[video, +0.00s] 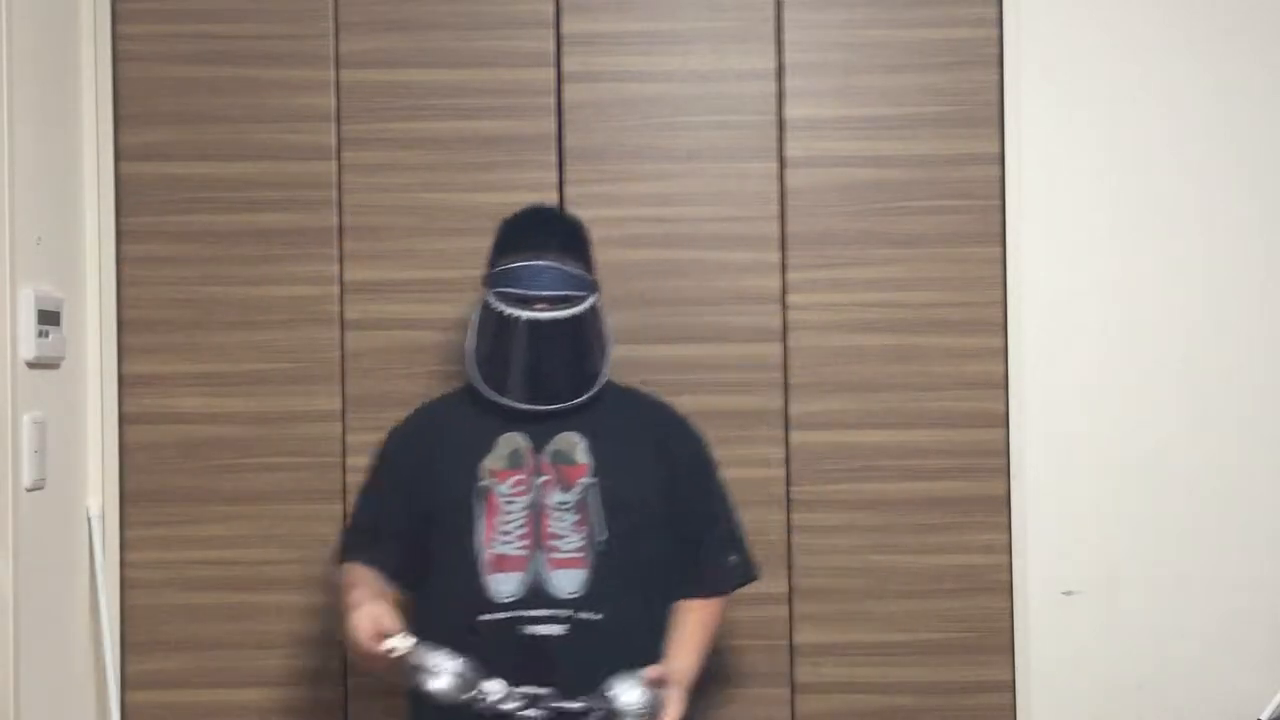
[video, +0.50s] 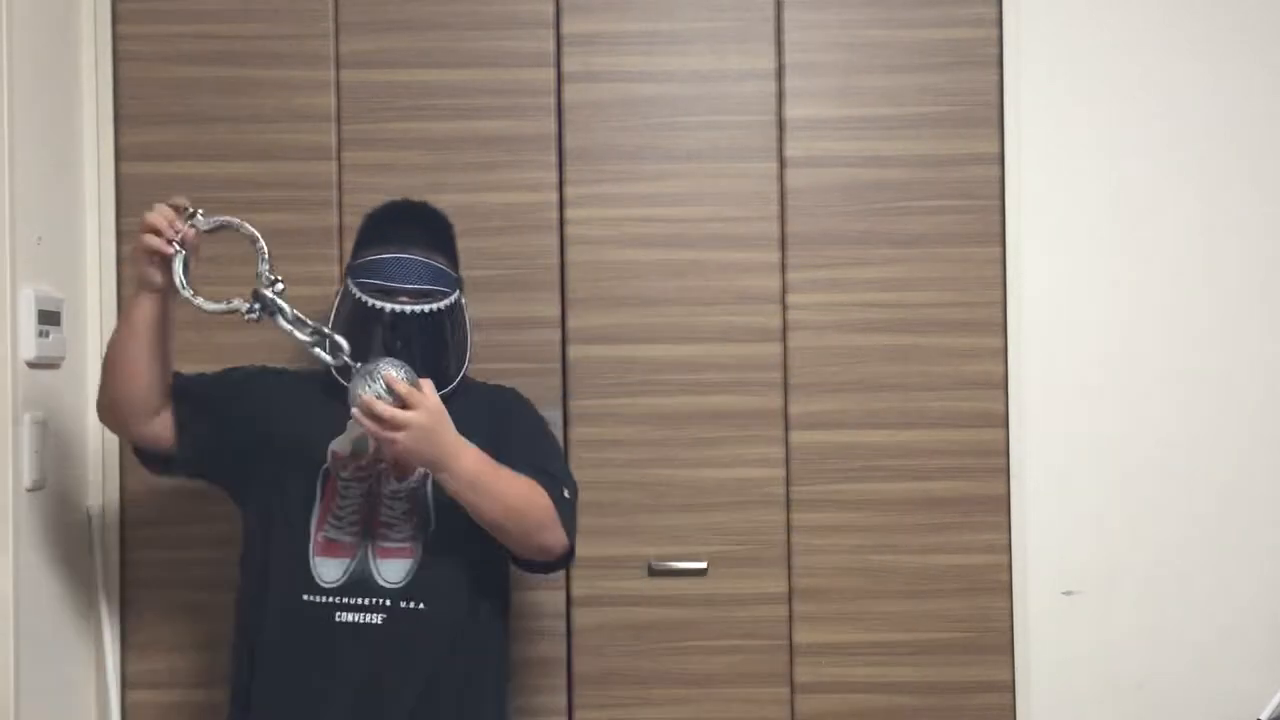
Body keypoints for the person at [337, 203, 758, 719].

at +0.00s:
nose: (539, 338)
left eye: (560, 319)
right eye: (520, 319)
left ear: (592, 316)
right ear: (488, 315)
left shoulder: (658, 439)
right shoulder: (428, 439)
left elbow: (707, 572)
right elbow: (371, 548)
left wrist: (679, 670)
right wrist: (371, 603)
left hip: (614, 703)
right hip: (467, 701)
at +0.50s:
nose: (401, 317)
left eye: (422, 298)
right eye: (380, 294)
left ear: (454, 304)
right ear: (347, 294)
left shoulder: (496, 417)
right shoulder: (276, 406)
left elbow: (550, 539)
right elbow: (133, 414)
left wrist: (450, 457)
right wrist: (151, 290)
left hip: (447, 703)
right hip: (289, 700)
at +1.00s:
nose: (517, 352)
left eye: (537, 333)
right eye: (499, 330)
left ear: (567, 331)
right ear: (463, 324)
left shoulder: (621, 454)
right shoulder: (395, 448)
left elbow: (656, 593)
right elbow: (335, 555)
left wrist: (623, 682)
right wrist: (336, 611)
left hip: (562, 705)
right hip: (414, 701)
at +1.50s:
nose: (659, 295)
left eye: (681, 273)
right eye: (636, 272)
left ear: (711, 283)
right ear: (596, 283)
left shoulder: (783, 407)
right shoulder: (550, 409)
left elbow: (902, 494)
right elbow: (448, 441)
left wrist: (869, 409)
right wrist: (519, 321)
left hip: (757, 695)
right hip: (599, 695)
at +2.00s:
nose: (577, 335)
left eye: (596, 314)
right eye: (558, 316)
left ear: (628, 312)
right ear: (526, 314)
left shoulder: (696, 436)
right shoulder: (470, 440)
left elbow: (747, 573)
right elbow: (403, 560)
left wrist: (719, 684)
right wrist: (431, 598)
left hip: (661, 701)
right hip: (514, 701)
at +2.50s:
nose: (387, 317)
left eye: (410, 297)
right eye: (367, 296)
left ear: (441, 299)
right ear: (337, 292)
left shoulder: (497, 413)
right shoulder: (268, 406)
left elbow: (564, 536)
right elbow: (134, 434)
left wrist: (452, 472)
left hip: (451, 701)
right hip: (293, 701)